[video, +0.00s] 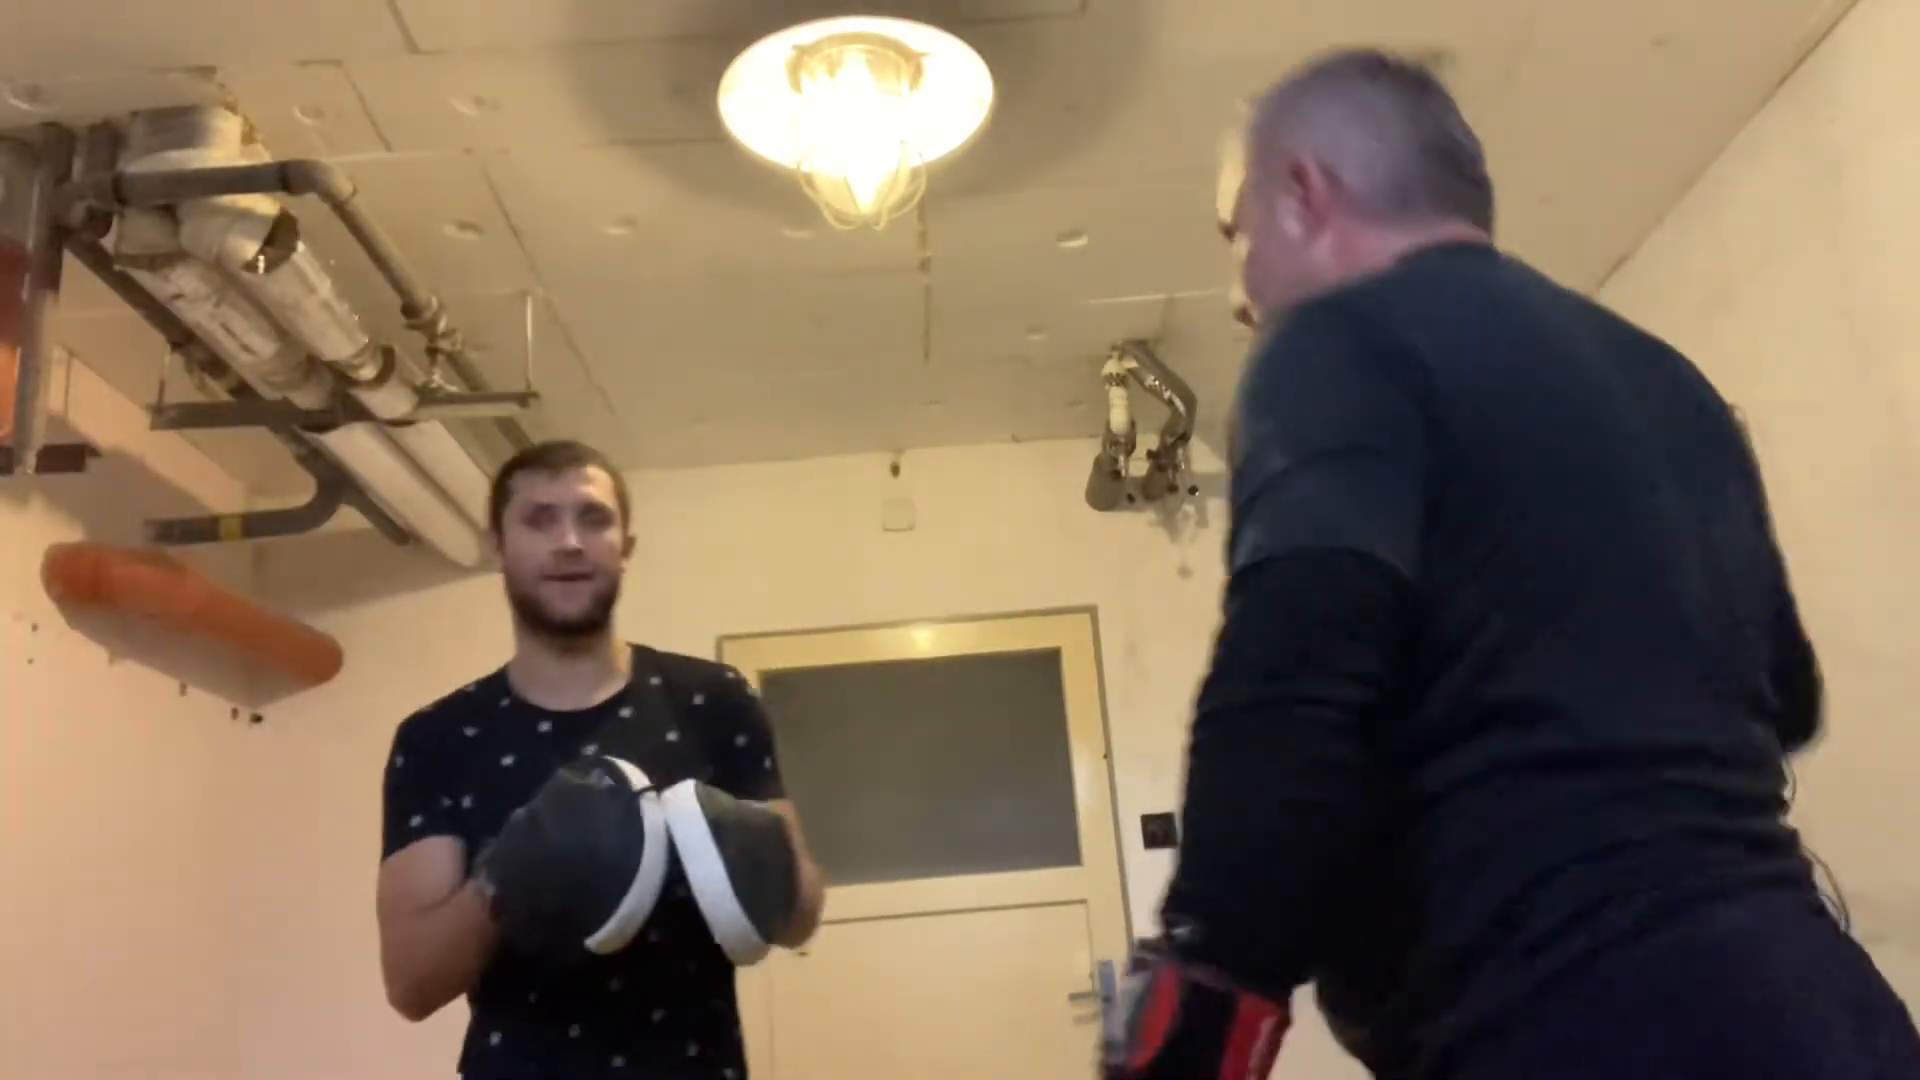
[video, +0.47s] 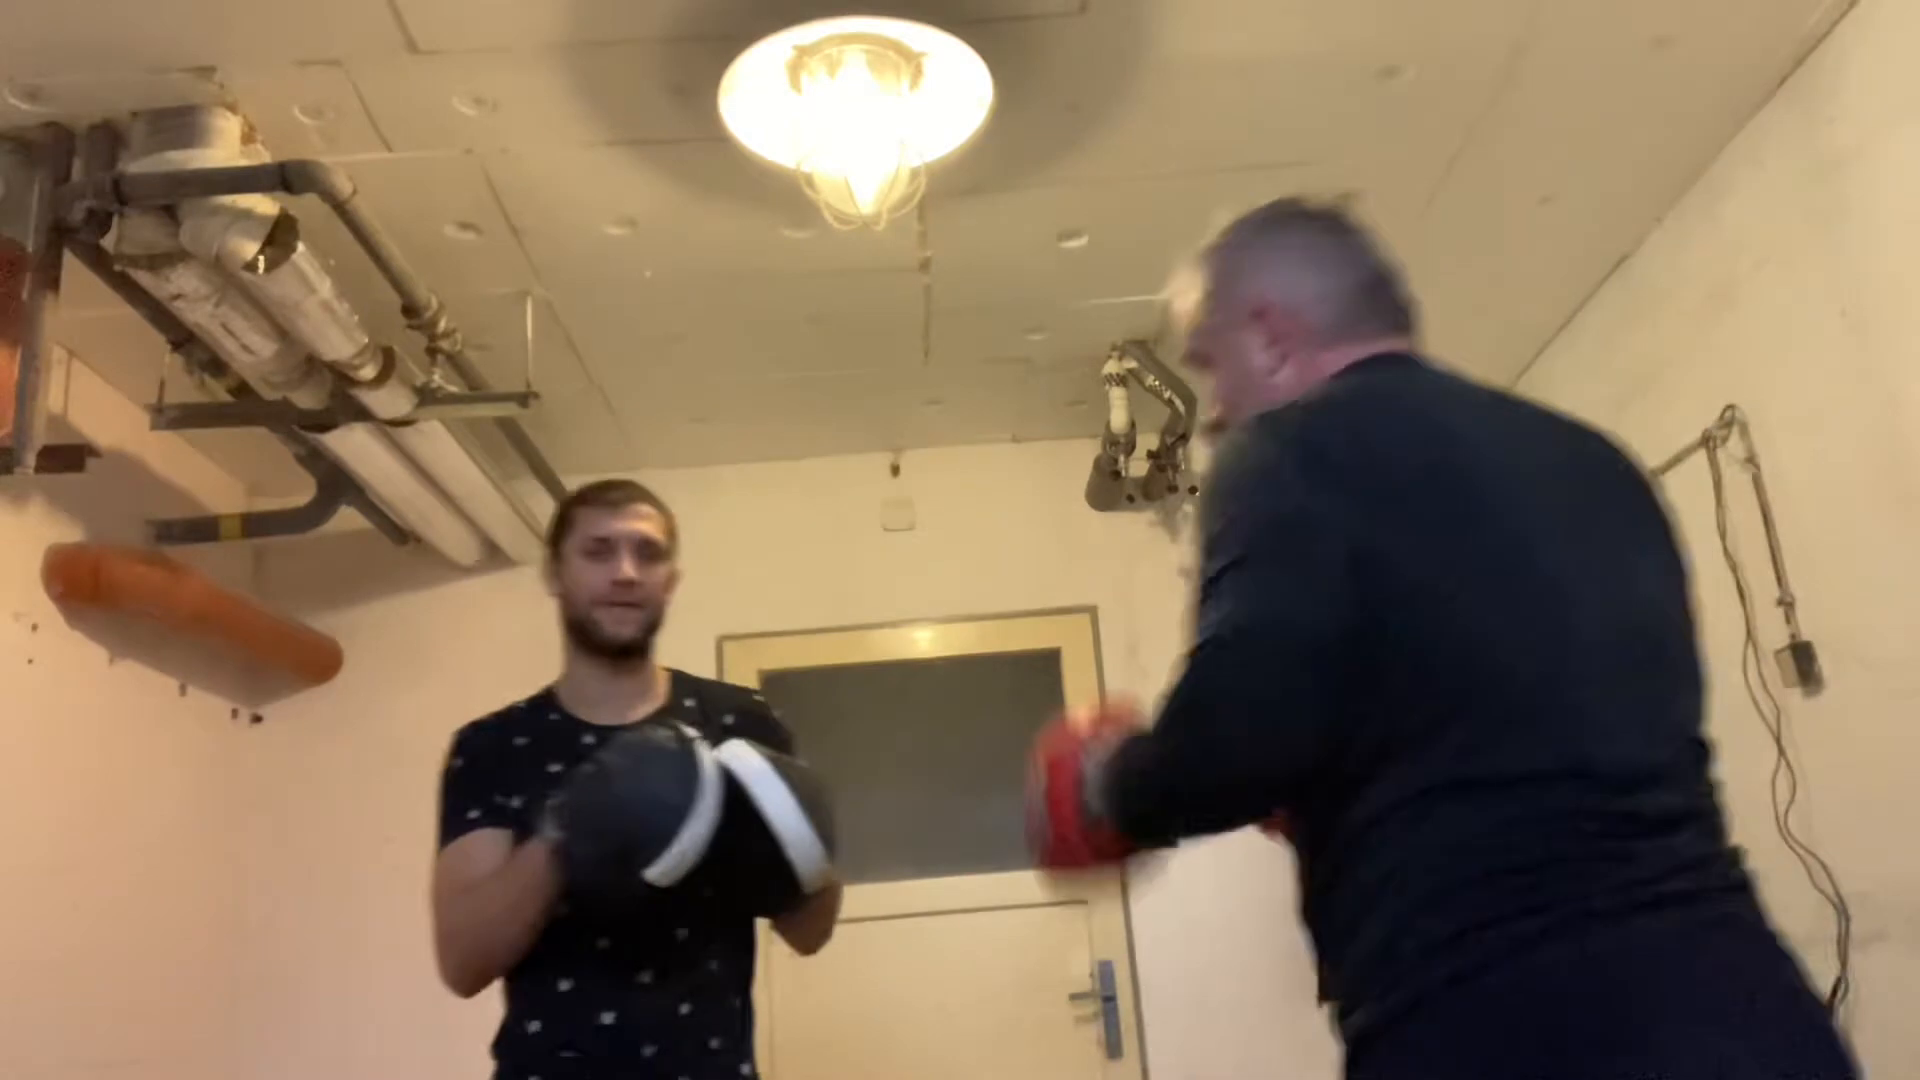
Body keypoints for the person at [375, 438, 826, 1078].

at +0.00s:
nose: (569, 542)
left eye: (592, 519)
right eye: (539, 520)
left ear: (625, 545)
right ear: (498, 548)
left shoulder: (714, 702)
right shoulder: (439, 741)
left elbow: (802, 917)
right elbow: (412, 979)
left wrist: (758, 865)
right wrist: (520, 872)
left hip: (694, 1058)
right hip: (523, 1062)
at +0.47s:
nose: (627, 574)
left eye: (648, 553)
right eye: (599, 552)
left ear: (672, 578)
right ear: (555, 575)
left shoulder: (740, 724)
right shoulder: (494, 750)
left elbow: (810, 932)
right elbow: (463, 962)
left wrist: (786, 829)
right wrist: (567, 836)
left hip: (710, 1061)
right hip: (555, 1063)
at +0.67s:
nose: (703, 585)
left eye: (724, 567)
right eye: (677, 561)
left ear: (743, 588)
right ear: (629, 575)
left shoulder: (784, 734)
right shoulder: (551, 734)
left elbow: (841, 943)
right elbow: (512, 938)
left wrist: (841, 855)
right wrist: (644, 829)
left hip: (733, 1061)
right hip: (585, 1060)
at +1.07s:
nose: (709, 613)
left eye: (724, 594)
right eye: (684, 587)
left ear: (737, 607)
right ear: (626, 592)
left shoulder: (740, 742)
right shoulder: (540, 730)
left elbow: (843, 924)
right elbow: (520, 902)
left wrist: (849, 793)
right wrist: (659, 758)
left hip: (704, 1059)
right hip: (563, 1059)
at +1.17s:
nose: (678, 624)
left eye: (691, 604)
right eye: (654, 599)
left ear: (704, 611)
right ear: (590, 602)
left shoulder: (704, 744)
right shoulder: (506, 735)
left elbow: (826, 895)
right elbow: (502, 885)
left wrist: (822, 760)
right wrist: (619, 733)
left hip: (679, 1060)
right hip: (539, 1060)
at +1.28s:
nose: (623, 635)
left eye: (637, 617)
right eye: (603, 614)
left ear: (655, 626)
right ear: (540, 615)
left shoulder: (665, 750)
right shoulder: (454, 745)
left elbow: (796, 857)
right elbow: (473, 859)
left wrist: (784, 722)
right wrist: (582, 691)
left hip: (637, 1061)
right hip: (497, 1063)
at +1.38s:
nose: (544, 635)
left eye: (559, 618)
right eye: (528, 616)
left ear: (583, 628)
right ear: (479, 625)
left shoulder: (605, 760)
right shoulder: (393, 754)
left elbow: (750, 827)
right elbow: (430, 835)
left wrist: (736, 690)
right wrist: (537, 657)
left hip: (584, 1061)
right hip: (444, 1063)